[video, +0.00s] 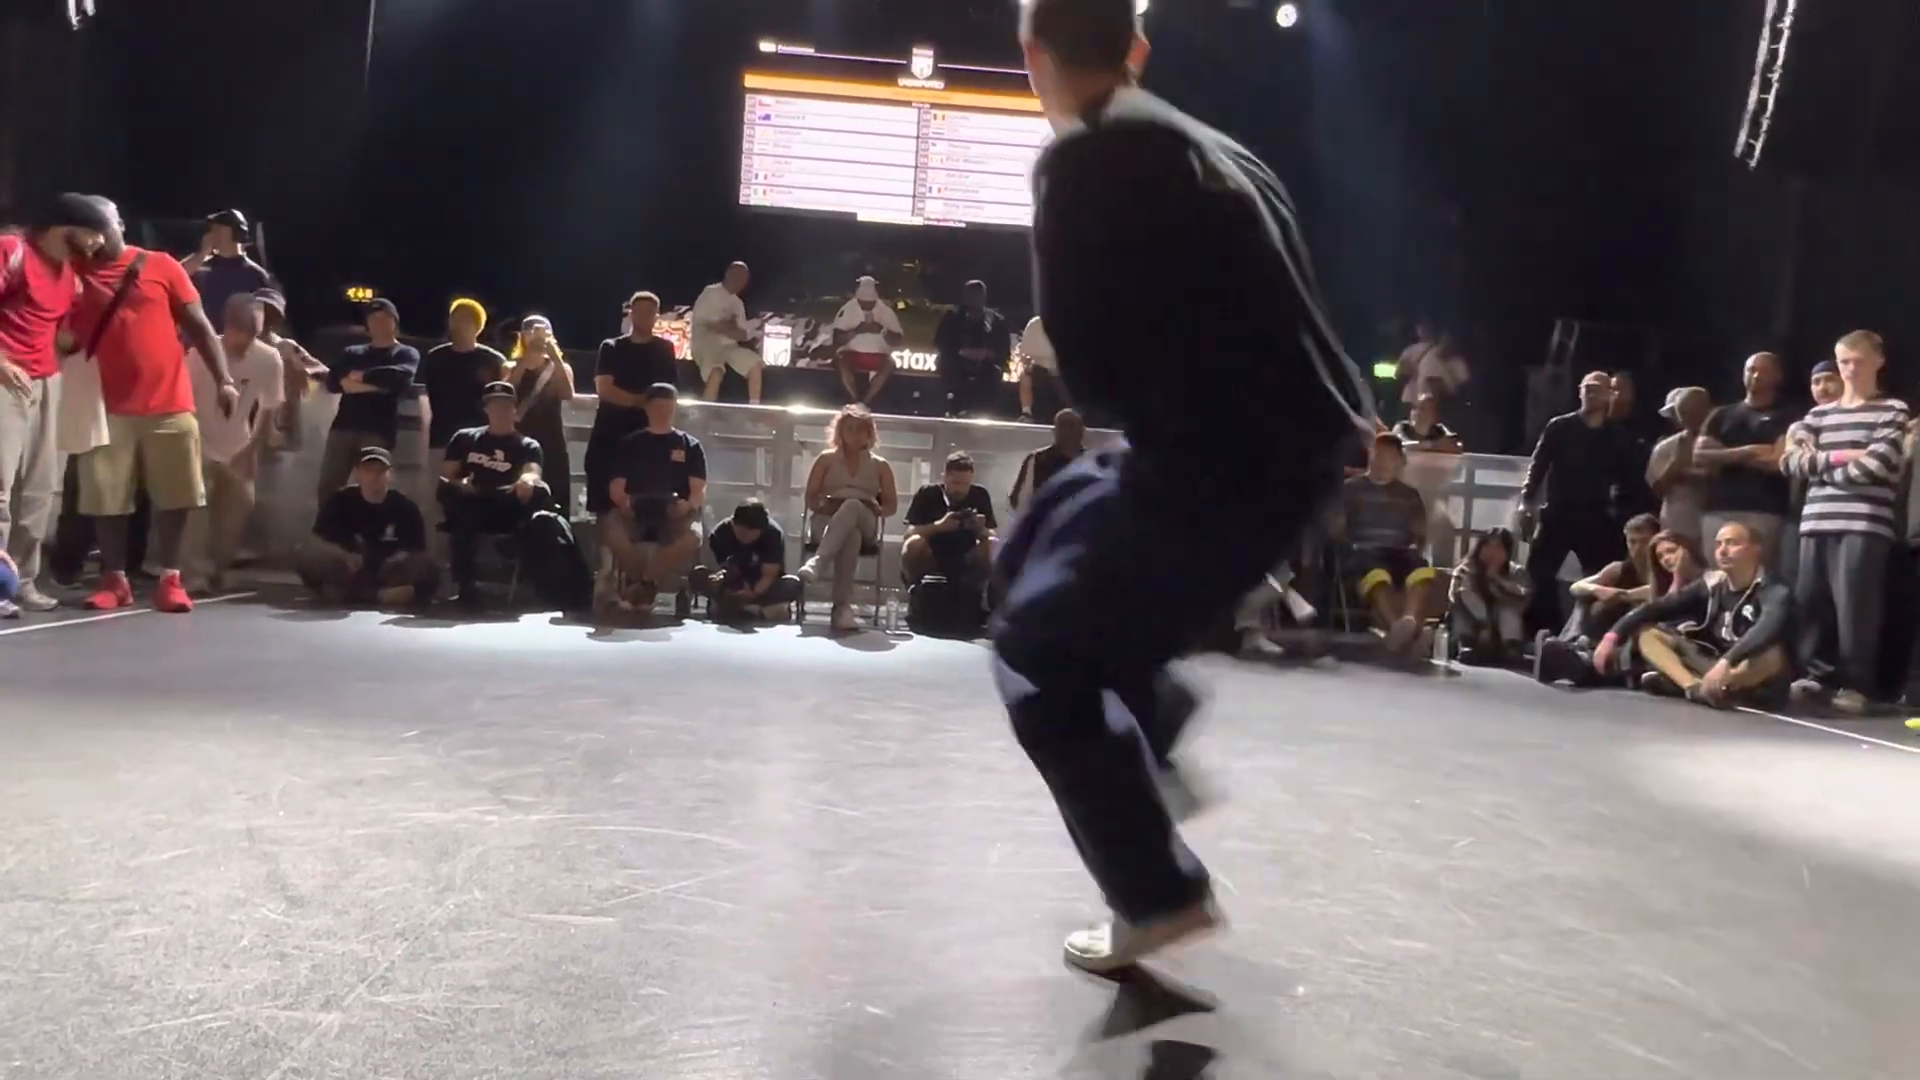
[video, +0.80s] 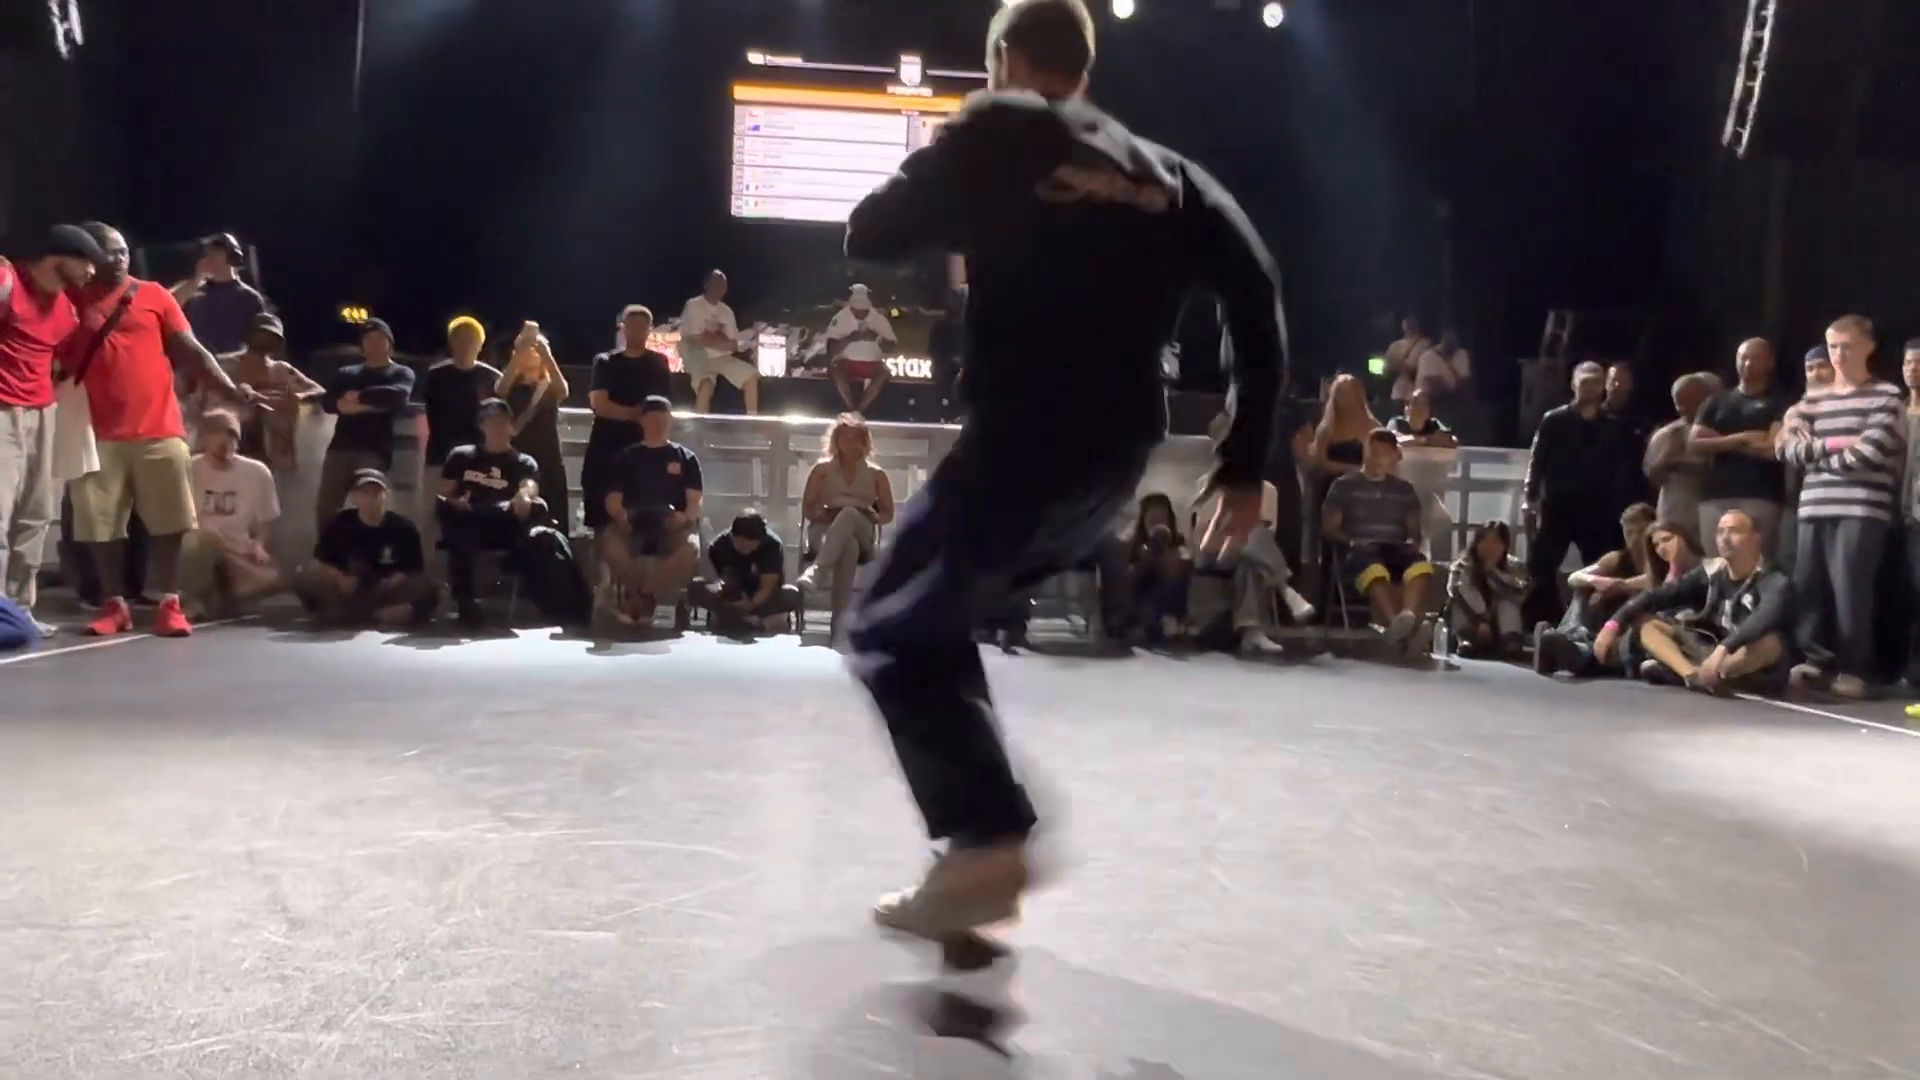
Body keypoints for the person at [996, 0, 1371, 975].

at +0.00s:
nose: (1032, 81)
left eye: (1029, 60)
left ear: (1033, 59)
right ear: (1140, 51)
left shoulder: (1083, 163)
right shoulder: (1224, 156)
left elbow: (1093, 368)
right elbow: (1288, 308)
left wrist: (1169, 435)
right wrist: (1353, 419)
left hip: (1214, 475)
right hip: (1290, 453)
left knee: (1036, 651)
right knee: (1037, 549)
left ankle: (1161, 895)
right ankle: (1158, 728)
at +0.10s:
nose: (1000, 38)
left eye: (1001, 22)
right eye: (1005, 23)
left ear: (1009, 18)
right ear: (1110, 21)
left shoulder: (1070, 123)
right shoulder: (1163, 125)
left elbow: (1060, 333)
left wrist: (1038, 349)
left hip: (1165, 437)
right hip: (1224, 425)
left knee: (969, 611)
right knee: (989, 580)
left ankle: (1099, 825)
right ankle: (978, 799)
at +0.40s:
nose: (951, 56)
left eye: (945, 35)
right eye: (948, 40)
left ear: (961, 17)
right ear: (1037, 13)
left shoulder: (1054, 83)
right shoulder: (1067, 81)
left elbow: (1076, 261)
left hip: (1144, 413)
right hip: (1112, 409)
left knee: (998, 611)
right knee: (967, 593)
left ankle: (1181, 810)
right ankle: (881, 815)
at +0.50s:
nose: (934, 75)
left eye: (934, 54)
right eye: (934, 56)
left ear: (959, 49)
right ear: (1021, 37)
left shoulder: (1042, 117)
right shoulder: (1068, 115)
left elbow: (1094, 296)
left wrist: (1028, 330)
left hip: (1160, 429)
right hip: (1122, 430)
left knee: (1097, 674)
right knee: (994, 612)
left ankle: (1317, 867)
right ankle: (829, 809)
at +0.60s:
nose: (949, 104)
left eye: (948, 83)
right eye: (951, 84)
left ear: (967, 82)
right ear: (1037, 73)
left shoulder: (1040, 155)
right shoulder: (1071, 149)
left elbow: (1061, 329)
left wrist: (996, 308)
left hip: (1160, 480)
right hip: (1114, 477)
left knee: (1170, 726)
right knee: (992, 682)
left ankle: (1365, 914)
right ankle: (816, 860)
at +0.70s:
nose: (974, 74)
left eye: (973, 57)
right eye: (977, 57)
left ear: (986, 52)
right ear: (1074, 51)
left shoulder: (1014, 120)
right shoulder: (1138, 149)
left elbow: (937, 281)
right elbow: (1244, 279)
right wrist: (1260, 433)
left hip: (1083, 449)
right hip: (1102, 448)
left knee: (1058, 702)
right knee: (928, 597)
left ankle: (1278, 860)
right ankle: (864, 845)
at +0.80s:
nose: (995, 80)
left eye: (995, 65)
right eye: (1002, 68)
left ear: (1003, 61)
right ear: (1089, 69)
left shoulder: (996, 131)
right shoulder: (1171, 172)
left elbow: (871, 229)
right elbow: (1260, 298)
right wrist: (1249, 458)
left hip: (1018, 444)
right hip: (1114, 460)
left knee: (887, 626)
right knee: (935, 621)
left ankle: (985, 835)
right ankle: (979, 872)